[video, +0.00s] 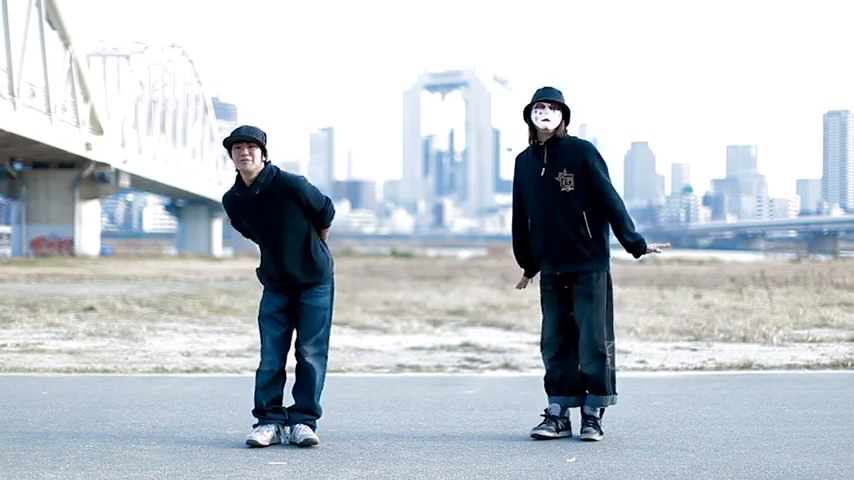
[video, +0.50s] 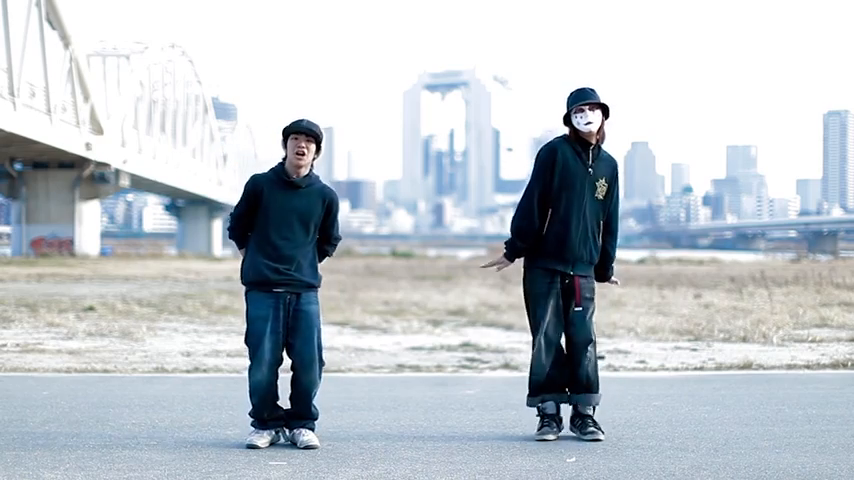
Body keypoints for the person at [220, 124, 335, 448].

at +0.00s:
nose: (244, 154)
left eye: (250, 148)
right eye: (238, 149)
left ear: (263, 153)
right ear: (231, 156)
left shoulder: (292, 184)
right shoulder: (232, 200)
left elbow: (325, 213)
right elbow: (253, 233)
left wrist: (315, 245)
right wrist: (287, 245)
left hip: (314, 279)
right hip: (275, 281)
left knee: (309, 353)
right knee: (270, 355)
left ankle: (302, 422)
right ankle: (269, 422)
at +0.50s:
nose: (302, 147)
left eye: (308, 143)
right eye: (296, 141)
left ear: (316, 151)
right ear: (285, 145)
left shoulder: (325, 195)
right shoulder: (259, 185)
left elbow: (329, 240)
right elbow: (237, 228)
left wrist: (303, 261)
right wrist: (258, 255)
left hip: (305, 288)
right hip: (263, 287)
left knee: (309, 360)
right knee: (263, 359)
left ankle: (301, 425)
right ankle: (265, 425)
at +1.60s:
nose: (242, 144)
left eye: (248, 137)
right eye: (236, 139)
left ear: (262, 141)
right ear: (230, 146)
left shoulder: (293, 175)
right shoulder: (236, 190)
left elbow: (326, 209)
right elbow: (254, 227)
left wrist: (315, 242)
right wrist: (284, 240)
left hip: (312, 277)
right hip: (272, 279)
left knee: (307, 353)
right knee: (267, 352)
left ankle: (303, 424)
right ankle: (267, 423)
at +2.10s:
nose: (281, 142)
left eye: (288, 137)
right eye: (275, 135)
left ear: (298, 141)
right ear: (266, 138)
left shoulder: (316, 177)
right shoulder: (249, 184)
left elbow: (338, 206)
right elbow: (236, 230)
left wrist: (334, 239)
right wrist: (243, 270)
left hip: (304, 286)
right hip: (262, 286)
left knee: (309, 359)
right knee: (259, 358)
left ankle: (302, 424)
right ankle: (254, 424)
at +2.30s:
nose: (287, 134)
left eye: (293, 129)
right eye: (281, 129)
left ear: (303, 134)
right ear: (272, 134)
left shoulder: (320, 171)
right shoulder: (255, 170)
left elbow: (336, 210)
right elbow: (236, 212)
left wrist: (327, 219)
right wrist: (232, 252)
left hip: (305, 280)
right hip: (263, 277)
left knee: (309, 355)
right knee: (253, 333)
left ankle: (302, 424)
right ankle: (266, 388)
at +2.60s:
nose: (271, 141)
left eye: (278, 136)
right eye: (266, 134)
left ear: (290, 141)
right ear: (258, 138)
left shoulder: (307, 178)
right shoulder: (246, 181)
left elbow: (332, 216)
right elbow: (233, 230)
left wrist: (324, 258)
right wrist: (232, 190)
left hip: (298, 285)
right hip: (257, 287)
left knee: (301, 358)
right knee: (256, 360)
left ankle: (302, 424)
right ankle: (260, 425)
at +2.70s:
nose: (271, 134)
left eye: (278, 130)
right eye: (266, 128)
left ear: (289, 136)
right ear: (257, 133)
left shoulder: (306, 170)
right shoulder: (240, 172)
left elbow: (336, 201)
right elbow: (221, 219)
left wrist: (330, 236)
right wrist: (219, 188)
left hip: (298, 275)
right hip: (256, 280)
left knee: (308, 330)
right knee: (255, 355)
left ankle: (298, 385)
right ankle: (261, 423)